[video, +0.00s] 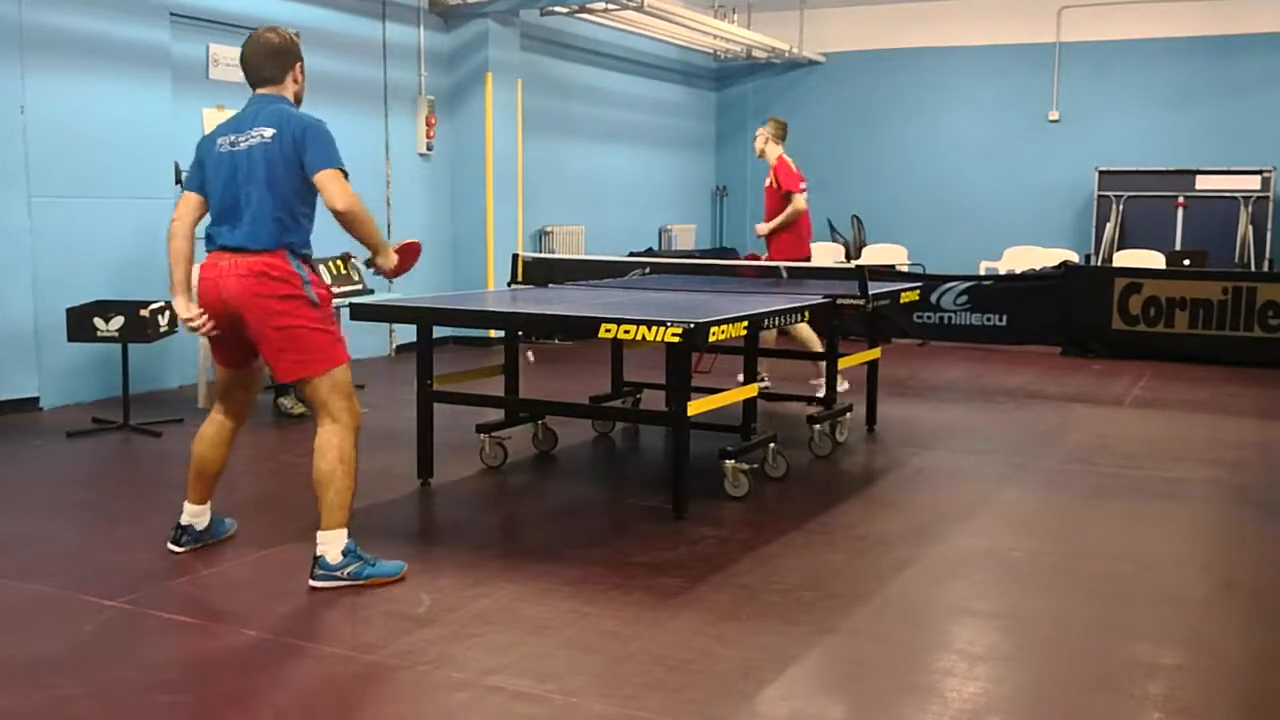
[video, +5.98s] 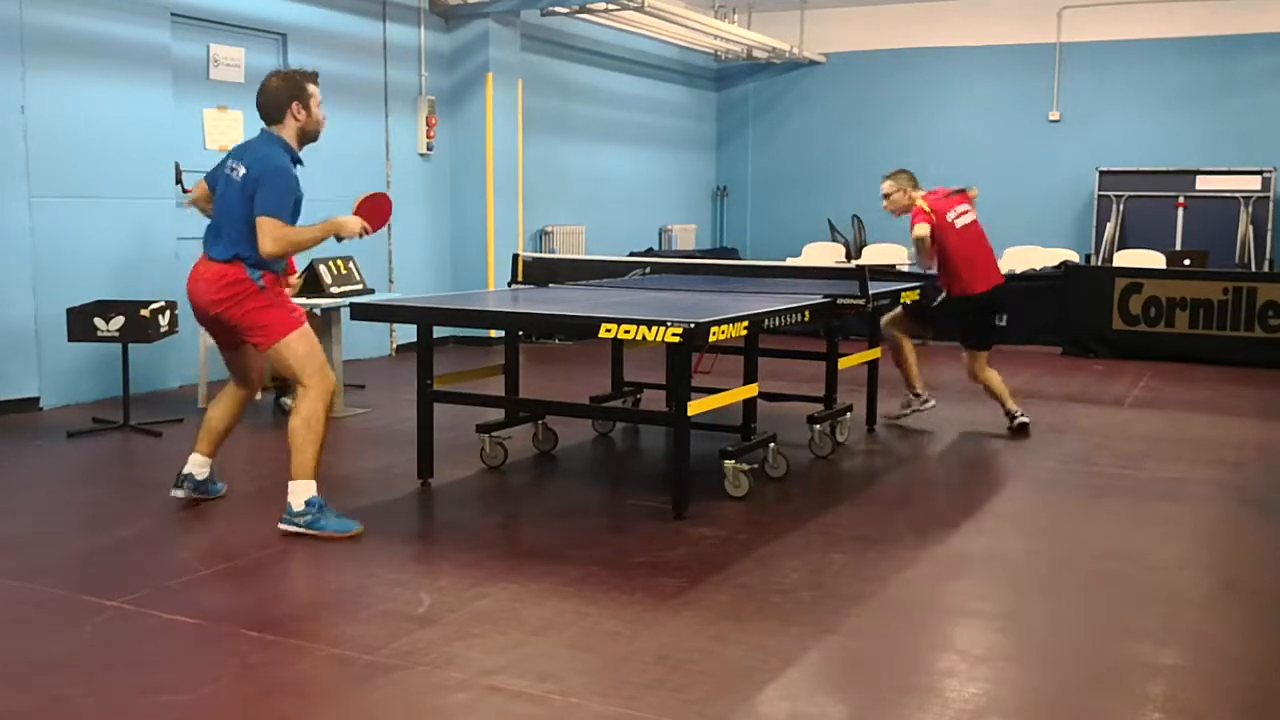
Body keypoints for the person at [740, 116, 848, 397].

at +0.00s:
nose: (755, 143)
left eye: (758, 138)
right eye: (756, 138)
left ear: (769, 139)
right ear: (774, 140)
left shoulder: (782, 165)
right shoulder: (780, 166)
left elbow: (799, 204)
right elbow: (795, 206)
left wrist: (769, 226)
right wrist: (771, 228)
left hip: (787, 254)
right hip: (786, 253)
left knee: (774, 314)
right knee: (783, 316)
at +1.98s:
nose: (756, 188)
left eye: (760, 182)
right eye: (752, 183)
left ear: (770, 175)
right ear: (745, 180)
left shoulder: (790, 196)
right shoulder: (742, 194)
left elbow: (802, 233)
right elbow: (738, 222)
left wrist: (792, 269)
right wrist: (747, 246)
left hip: (784, 260)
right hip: (754, 259)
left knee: (781, 316)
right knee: (739, 311)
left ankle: (773, 372)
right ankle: (729, 363)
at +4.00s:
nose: (867, 174)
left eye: (867, 166)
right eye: (863, 169)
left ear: (881, 152)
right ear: (883, 154)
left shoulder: (908, 168)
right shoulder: (917, 166)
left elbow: (915, 222)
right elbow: (937, 229)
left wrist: (883, 256)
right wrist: (905, 249)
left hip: (954, 252)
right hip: (963, 249)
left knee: (933, 329)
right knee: (946, 330)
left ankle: (925, 409)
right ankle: (957, 403)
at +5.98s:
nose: (885, 205)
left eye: (887, 197)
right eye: (883, 198)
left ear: (906, 192)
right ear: (910, 191)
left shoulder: (921, 208)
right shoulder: (949, 194)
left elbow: (921, 234)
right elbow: (973, 192)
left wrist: (925, 262)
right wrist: (962, 222)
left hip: (962, 296)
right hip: (992, 288)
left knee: (892, 325)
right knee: (979, 368)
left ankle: (918, 394)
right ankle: (1014, 412)